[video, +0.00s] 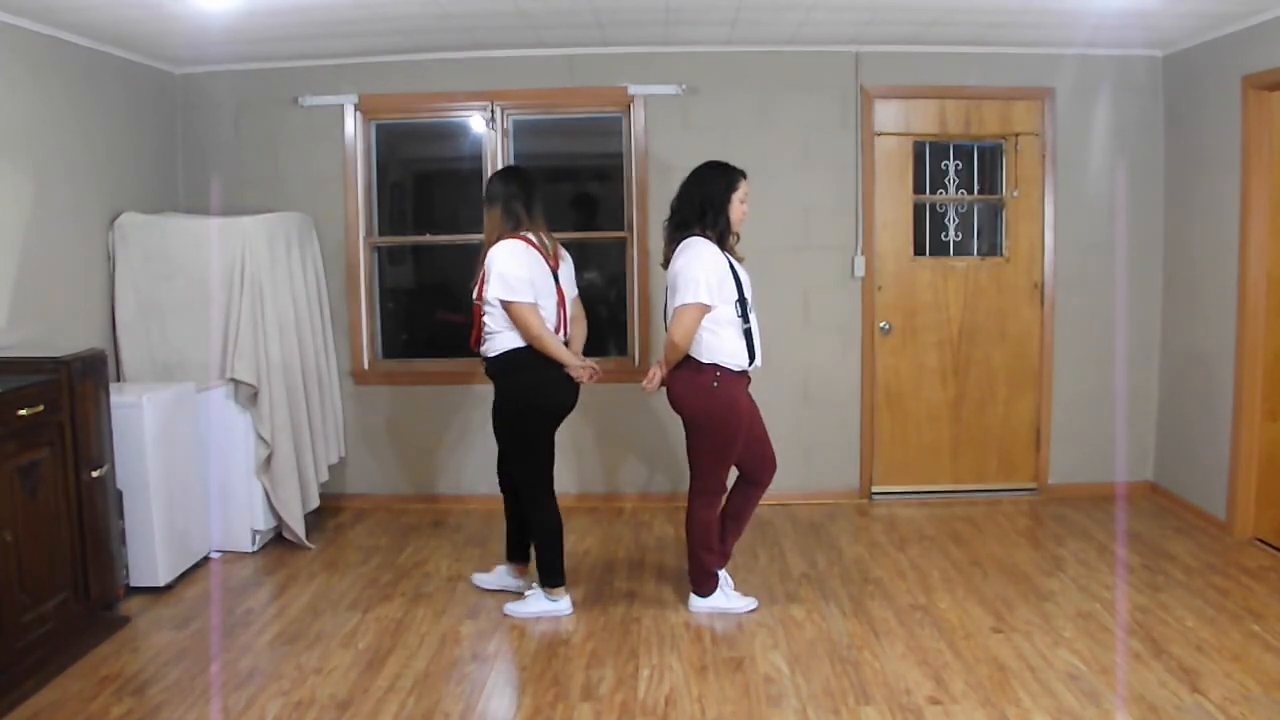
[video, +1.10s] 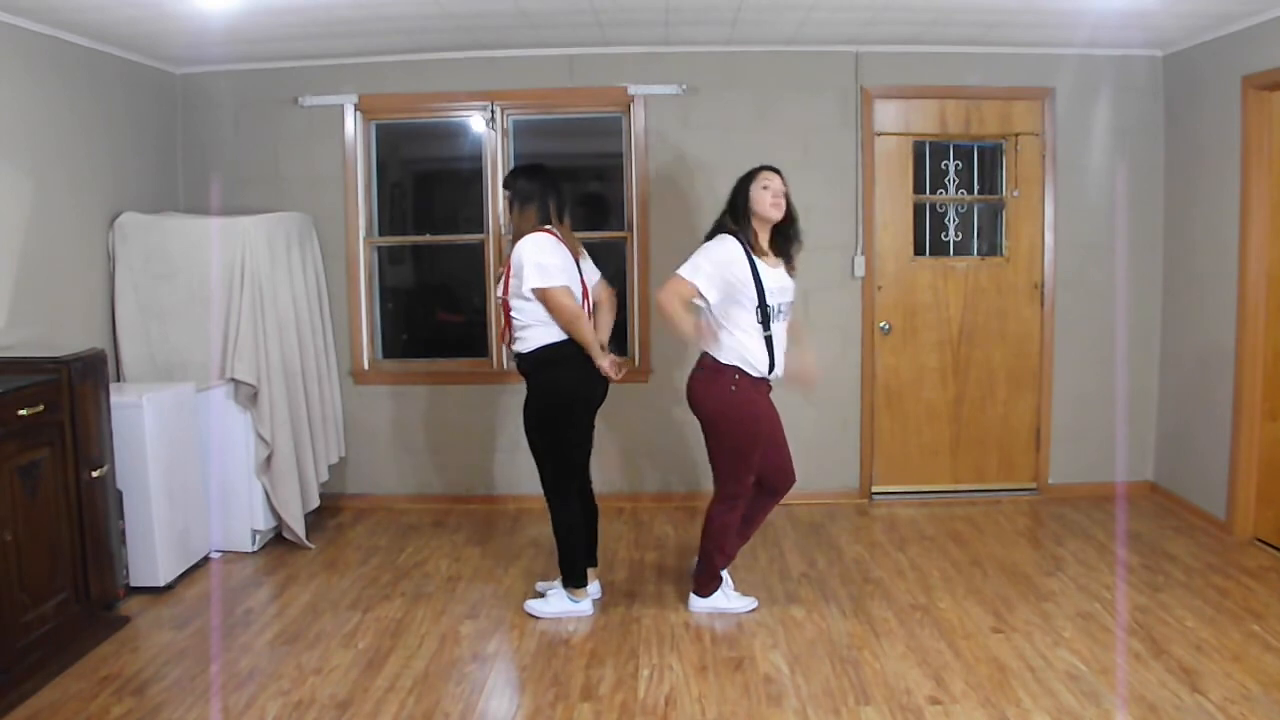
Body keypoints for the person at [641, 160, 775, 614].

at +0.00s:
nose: (746, 210)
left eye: (747, 201)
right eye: (741, 201)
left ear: (715, 203)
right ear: (717, 202)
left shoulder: (715, 252)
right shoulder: (698, 253)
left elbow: (686, 325)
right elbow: (680, 336)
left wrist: (663, 365)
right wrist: (663, 367)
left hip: (727, 380)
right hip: (708, 381)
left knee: (759, 470)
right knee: (707, 488)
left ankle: (713, 564)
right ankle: (705, 589)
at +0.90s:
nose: (769, 203)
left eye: (768, 195)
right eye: (763, 195)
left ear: (744, 201)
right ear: (738, 200)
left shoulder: (745, 252)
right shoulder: (716, 249)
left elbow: (721, 317)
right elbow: (669, 316)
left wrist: (688, 359)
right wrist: (679, 361)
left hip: (742, 383)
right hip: (719, 383)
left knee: (772, 473)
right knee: (716, 490)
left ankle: (715, 562)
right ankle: (705, 589)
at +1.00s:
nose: (773, 197)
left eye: (774, 191)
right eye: (763, 190)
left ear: (773, 202)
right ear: (738, 198)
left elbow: (746, 318)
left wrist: (755, 373)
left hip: (747, 384)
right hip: (722, 383)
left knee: (774, 475)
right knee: (721, 489)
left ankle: (715, 563)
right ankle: (705, 589)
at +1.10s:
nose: (776, 197)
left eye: (781, 192)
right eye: (765, 189)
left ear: (786, 206)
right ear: (743, 198)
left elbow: (777, 322)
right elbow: (669, 296)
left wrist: (794, 361)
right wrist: (694, 332)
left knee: (778, 477)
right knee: (734, 487)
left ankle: (716, 561)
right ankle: (706, 588)